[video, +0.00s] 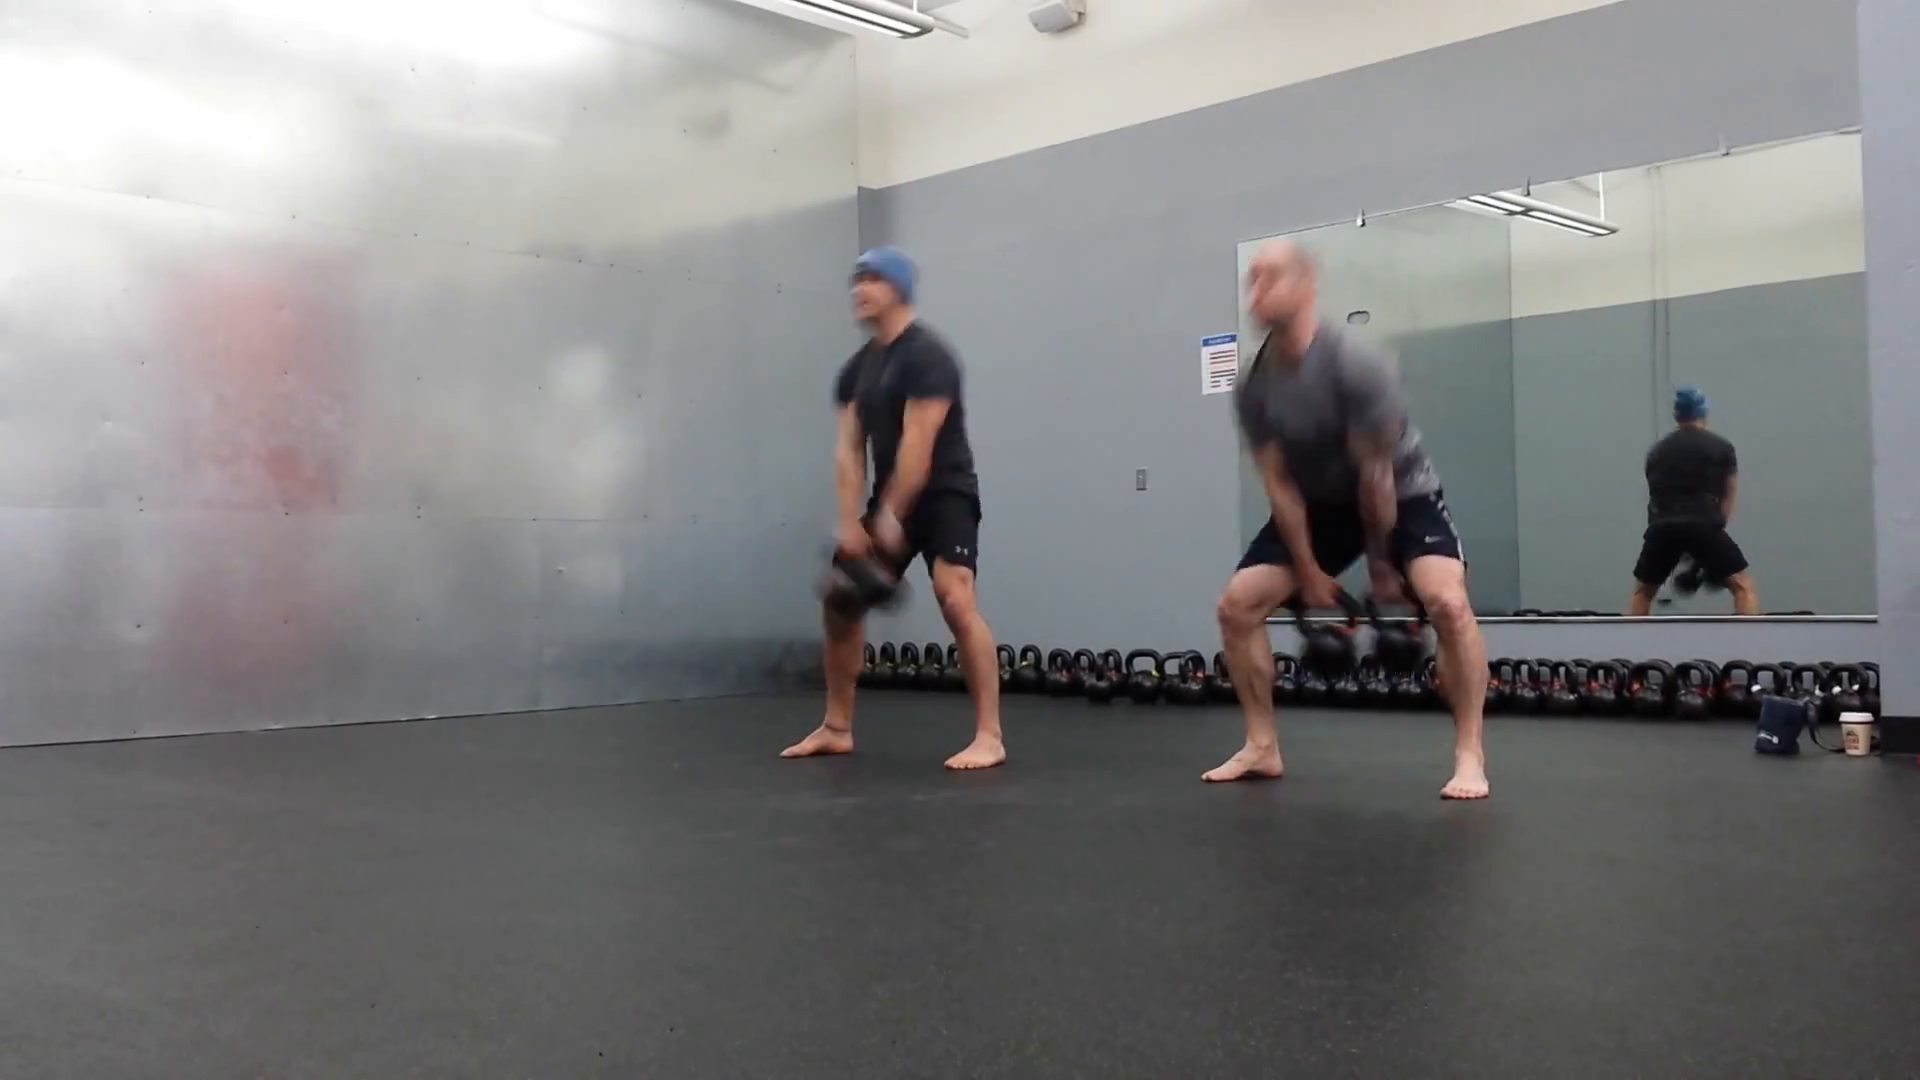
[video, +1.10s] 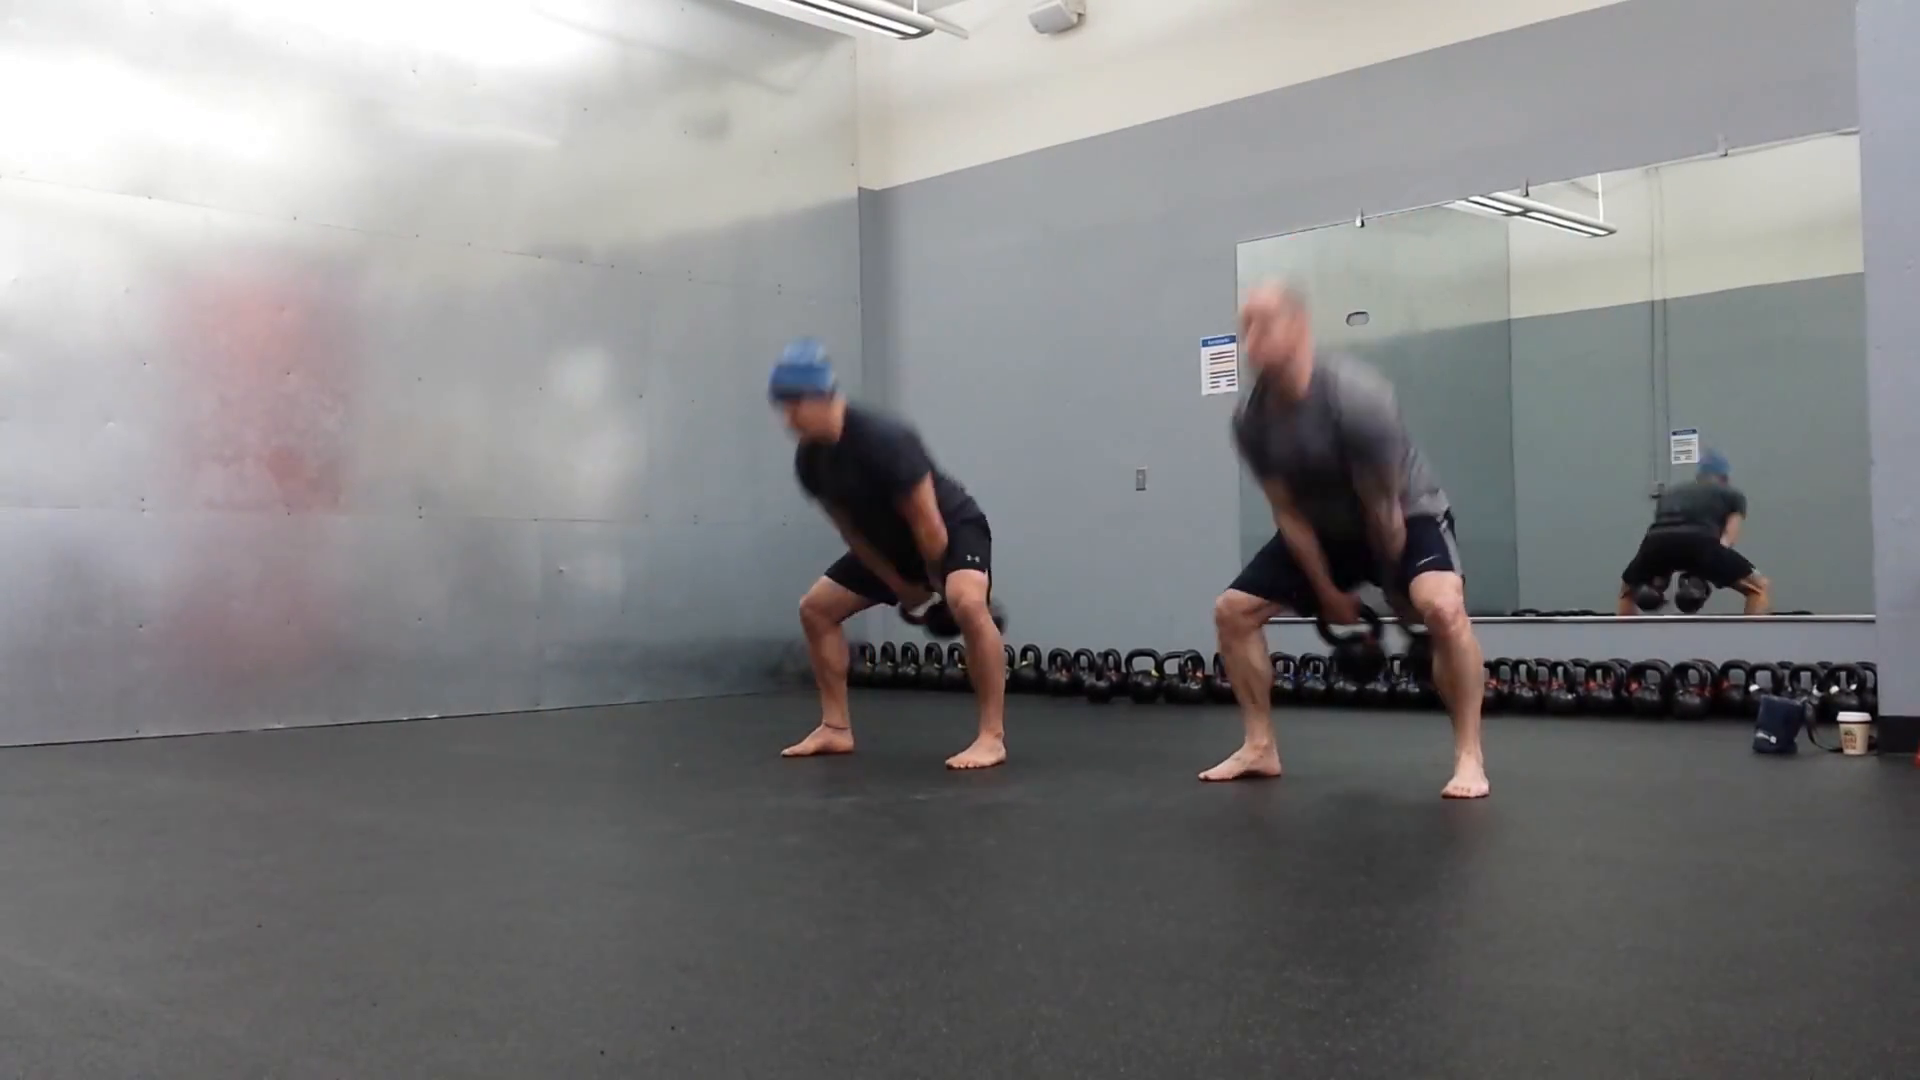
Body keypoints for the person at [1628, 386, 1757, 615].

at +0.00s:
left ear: (1676, 416)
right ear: (1704, 414)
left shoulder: (1657, 451)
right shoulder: (1721, 448)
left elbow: (1658, 498)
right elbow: (1728, 500)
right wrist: (1711, 531)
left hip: (1663, 529)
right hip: (1705, 528)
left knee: (1643, 593)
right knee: (1742, 587)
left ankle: (1633, 646)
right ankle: (1749, 646)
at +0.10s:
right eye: (1692, 404)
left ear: (1664, 407)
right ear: (1691, 405)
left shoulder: (1643, 443)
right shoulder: (1709, 438)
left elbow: (1652, 485)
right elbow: (1726, 479)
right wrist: (1722, 510)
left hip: (1662, 526)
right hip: (1702, 524)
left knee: (1648, 594)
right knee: (1725, 588)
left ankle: (1630, 647)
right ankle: (1742, 647)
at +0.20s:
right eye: (1681, 406)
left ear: (1656, 410)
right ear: (1683, 408)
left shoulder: (1638, 447)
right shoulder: (1702, 441)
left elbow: (1655, 475)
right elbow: (1728, 471)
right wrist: (1739, 474)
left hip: (1658, 530)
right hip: (1699, 528)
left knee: (1645, 594)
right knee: (1722, 588)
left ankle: (1626, 646)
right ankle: (1741, 646)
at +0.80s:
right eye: (1688, 408)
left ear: (1660, 409)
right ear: (1688, 409)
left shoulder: (1639, 444)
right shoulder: (1706, 439)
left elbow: (1652, 485)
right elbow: (1725, 476)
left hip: (1655, 529)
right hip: (1696, 528)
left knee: (1643, 593)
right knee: (1725, 588)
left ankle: (1630, 648)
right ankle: (1743, 648)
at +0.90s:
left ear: (1671, 417)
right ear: (1698, 418)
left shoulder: (1648, 446)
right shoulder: (1713, 444)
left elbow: (1649, 493)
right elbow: (1725, 495)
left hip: (1655, 527)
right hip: (1696, 527)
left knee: (1638, 594)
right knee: (1731, 589)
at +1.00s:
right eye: (1712, 443)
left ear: (1687, 440)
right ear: (1713, 443)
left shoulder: (1662, 465)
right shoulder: (1723, 465)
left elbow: (1658, 520)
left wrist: (1670, 574)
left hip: (1656, 532)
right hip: (1698, 533)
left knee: (1633, 594)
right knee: (1746, 587)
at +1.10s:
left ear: (1698, 476)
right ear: (1724, 479)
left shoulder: (1671, 492)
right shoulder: (1731, 496)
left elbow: (1660, 534)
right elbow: (1728, 539)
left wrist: (1656, 578)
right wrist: (1702, 575)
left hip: (1657, 541)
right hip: (1701, 542)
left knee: (1628, 593)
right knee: (1757, 588)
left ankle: (1628, 648)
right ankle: (1751, 645)